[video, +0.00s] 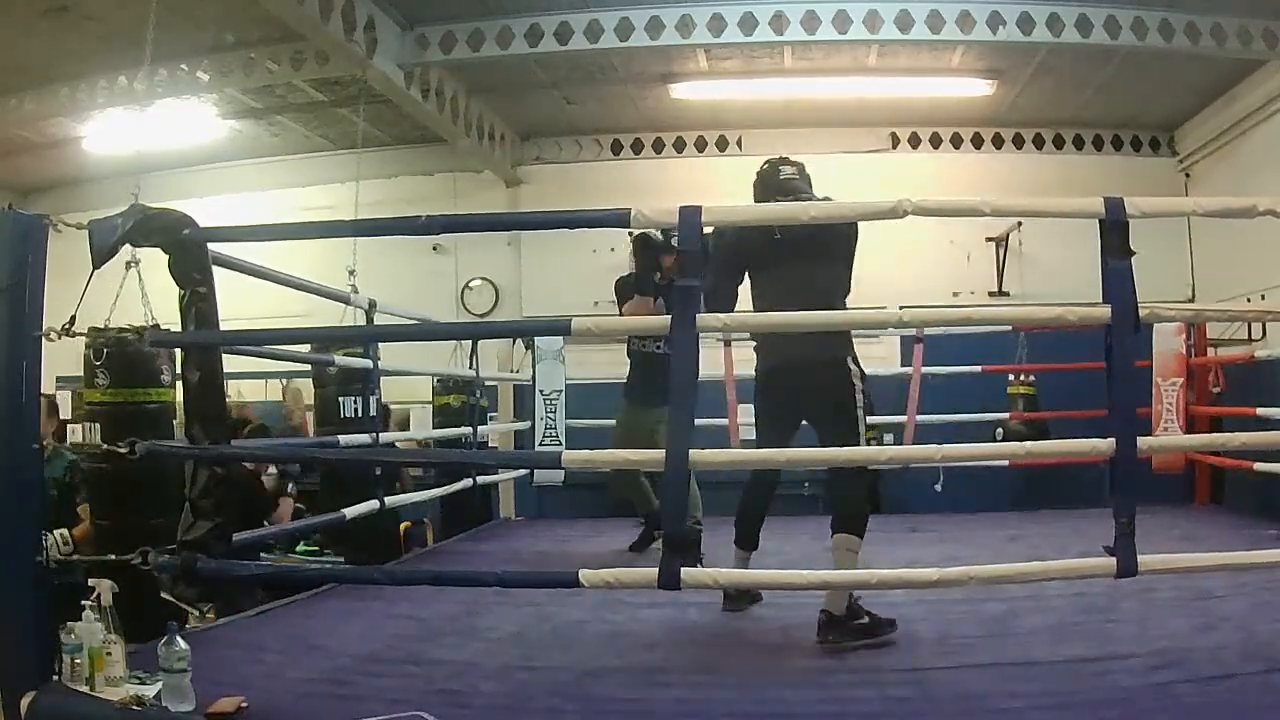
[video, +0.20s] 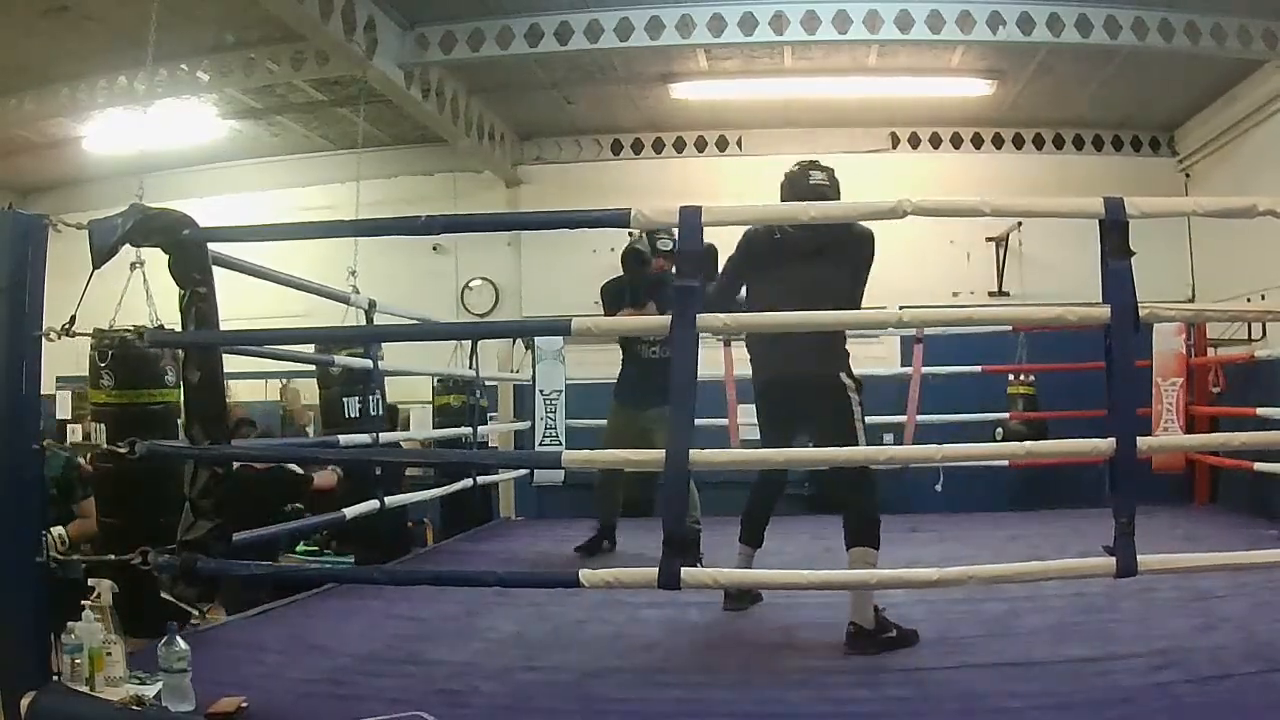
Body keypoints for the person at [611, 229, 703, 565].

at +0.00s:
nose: (679, 261)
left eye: (681, 255)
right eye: (673, 255)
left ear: (682, 258)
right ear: (659, 256)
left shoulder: (685, 288)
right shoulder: (629, 284)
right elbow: (639, 318)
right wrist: (647, 270)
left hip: (674, 396)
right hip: (638, 395)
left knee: (677, 465)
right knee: (622, 464)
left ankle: (690, 538)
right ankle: (653, 518)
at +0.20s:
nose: (661, 267)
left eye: (665, 260)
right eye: (655, 261)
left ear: (671, 262)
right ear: (634, 264)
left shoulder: (676, 291)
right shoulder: (615, 290)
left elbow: (675, 324)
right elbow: (618, 330)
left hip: (667, 394)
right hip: (629, 392)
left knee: (675, 469)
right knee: (610, 462)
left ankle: (689, 543)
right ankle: (605, 533)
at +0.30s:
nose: (637, 274)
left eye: (644, 268)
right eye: (630, 268)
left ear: (656, 268)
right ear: (619, 267)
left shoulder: (672, 297)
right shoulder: (607, 301)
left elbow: (711, 333)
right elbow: (616, 336)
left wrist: (708, 292)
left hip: (663, 402)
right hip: (623, 401)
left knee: (676, 472)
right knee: (602, 468)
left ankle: (691, 549)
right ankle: (599, 538)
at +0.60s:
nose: (654, 267)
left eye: (659, 259)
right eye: (647, 259)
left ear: (669, 258)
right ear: (635, 260)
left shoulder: (682, 287)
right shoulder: (624, 294)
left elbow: (713, 280)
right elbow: (622, 341)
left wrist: (716, 243)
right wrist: (635, 293)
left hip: (690, 388)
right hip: (650, 390)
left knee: (701, 463)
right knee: (612, 460)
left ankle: (728, 544)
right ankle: (623, 532)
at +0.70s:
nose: (655, 276)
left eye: (660, 268)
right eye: (648, 270)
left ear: (668, 268)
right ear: (632, 271)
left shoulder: (683, 296)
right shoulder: (623, 306)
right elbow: (628, 344)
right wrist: (630, 296)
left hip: (698, 396)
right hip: (657, 399)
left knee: (710, 463)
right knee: (622, 467)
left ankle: (751, 539)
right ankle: (629, 542)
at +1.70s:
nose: (659, 263)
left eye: (664, 255)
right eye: (654, 256)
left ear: (681, 258)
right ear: (647, 261)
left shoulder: (704, 293)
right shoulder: (650, 302)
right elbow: (638, 363)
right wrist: (624, 321)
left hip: (711, 403)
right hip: (676, 405)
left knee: (730, 476)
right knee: (637, 465)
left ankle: (772, 554)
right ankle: (652, 544)